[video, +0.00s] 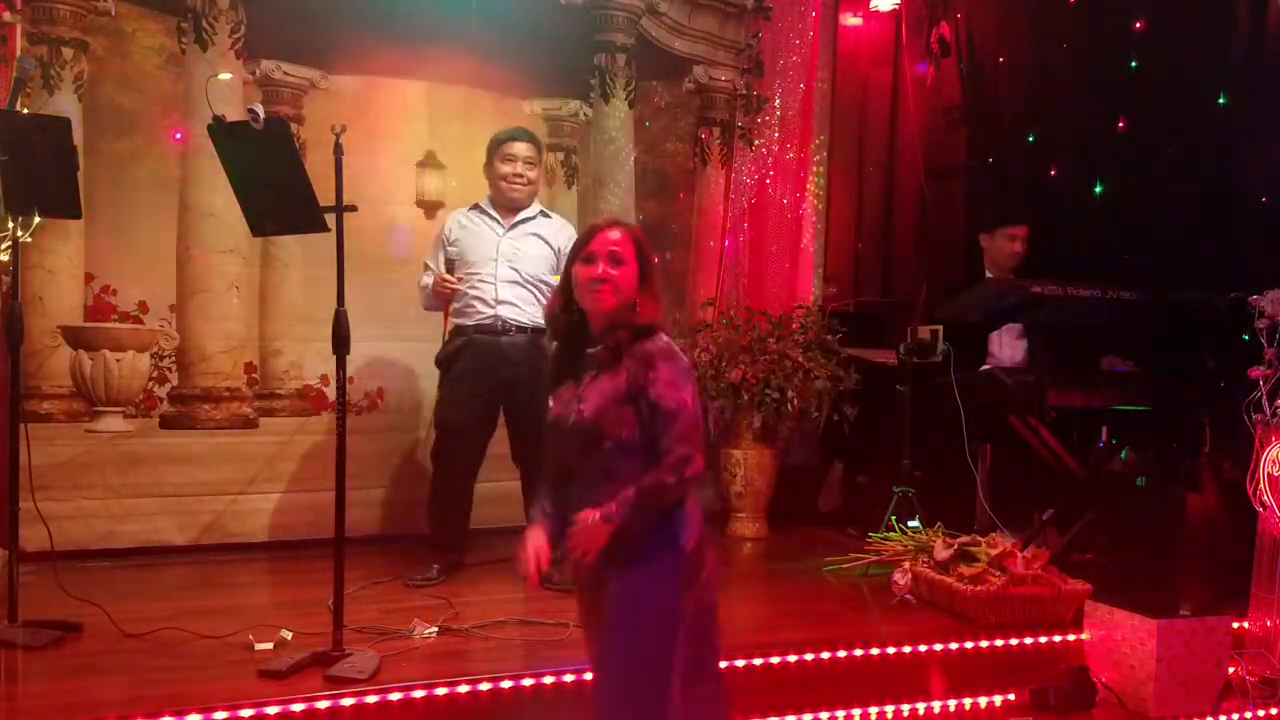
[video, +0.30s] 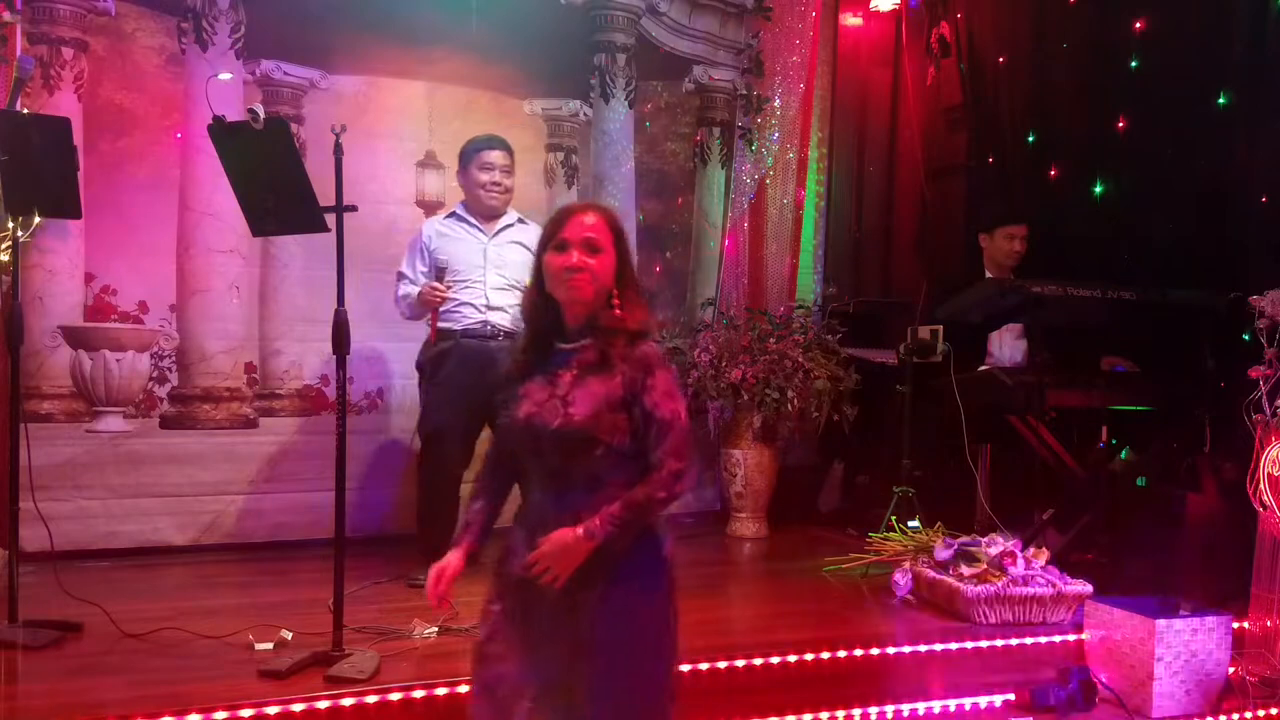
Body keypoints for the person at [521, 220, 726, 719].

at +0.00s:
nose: (599, 271)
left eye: (616, 261)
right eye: (588, 259)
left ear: (641, 281)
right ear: (571, 278)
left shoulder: (655, 356)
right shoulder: (573, 362)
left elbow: (684, 465)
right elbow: (557, 463)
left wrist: (609, 516)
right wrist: (541, 522)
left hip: (654, 554)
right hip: (601, 553)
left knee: (640, 696)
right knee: (616, 695)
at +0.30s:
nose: (574, 260)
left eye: (591, 249)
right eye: (560, 248)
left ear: (617, 269)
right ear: (541, 267)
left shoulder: (639, 359)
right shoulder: (528, 362)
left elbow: (673, 470)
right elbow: (498, 469)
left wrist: (587, 535)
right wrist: (463, 546)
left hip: (620, 572)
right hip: (532, 569)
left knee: (615, 706)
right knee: (503, 700)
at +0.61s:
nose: (486, 253)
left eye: (506, 238)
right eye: (475, 240)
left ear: (544, 258)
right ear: (461, 259)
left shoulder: (573, 371)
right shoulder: (442, 367)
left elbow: (592, 507)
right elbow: (422, 482)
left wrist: (552, 624)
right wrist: (403, 584)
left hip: (529, 569)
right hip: (442, 567)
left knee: (521, 702)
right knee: (427, 701)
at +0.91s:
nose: (384, 229)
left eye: (408, 213)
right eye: (373, 216)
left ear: (453, 236)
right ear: (361, 235)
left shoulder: (498, 366)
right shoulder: (342, 352)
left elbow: (538, 512)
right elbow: (294, 479)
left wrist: (541, 635)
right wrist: (232, 586)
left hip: (443, 606)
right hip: (344, 602)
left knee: (423, 712)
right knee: (327, 711)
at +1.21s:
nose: (273, 218)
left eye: (304, 200)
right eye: (253, 197)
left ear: (346, 228)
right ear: (229, 219)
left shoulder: (383, 380)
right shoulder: (202, 365)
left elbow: (422, 548)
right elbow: (159, 511)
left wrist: (419, 690)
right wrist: (98, 643)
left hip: (330, 652)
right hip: (206, 650)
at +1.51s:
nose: (71, 186)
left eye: (106, 162)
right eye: (49, 164)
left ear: (164, 191)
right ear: (21, 190)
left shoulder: (206, 366)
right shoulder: (24, 355)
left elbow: (186, 570)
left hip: (160, 686)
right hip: (39, 683)